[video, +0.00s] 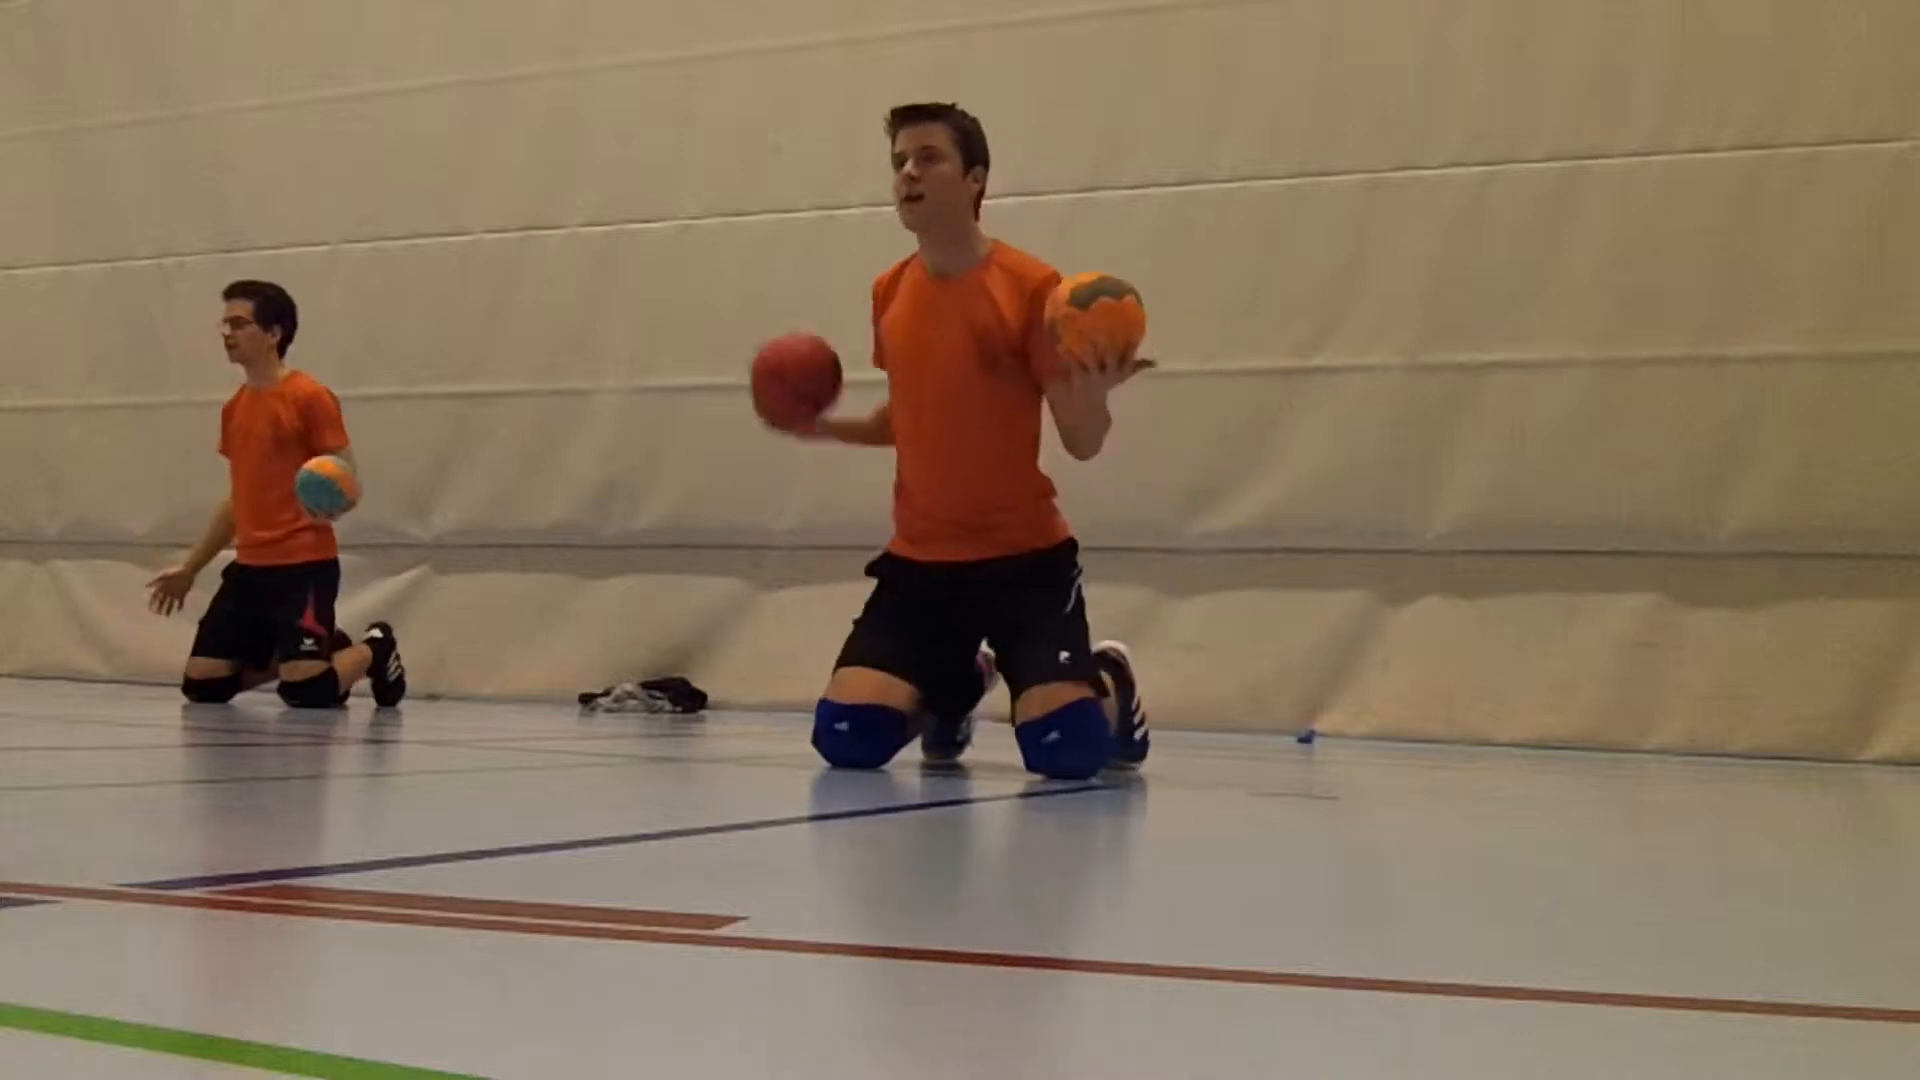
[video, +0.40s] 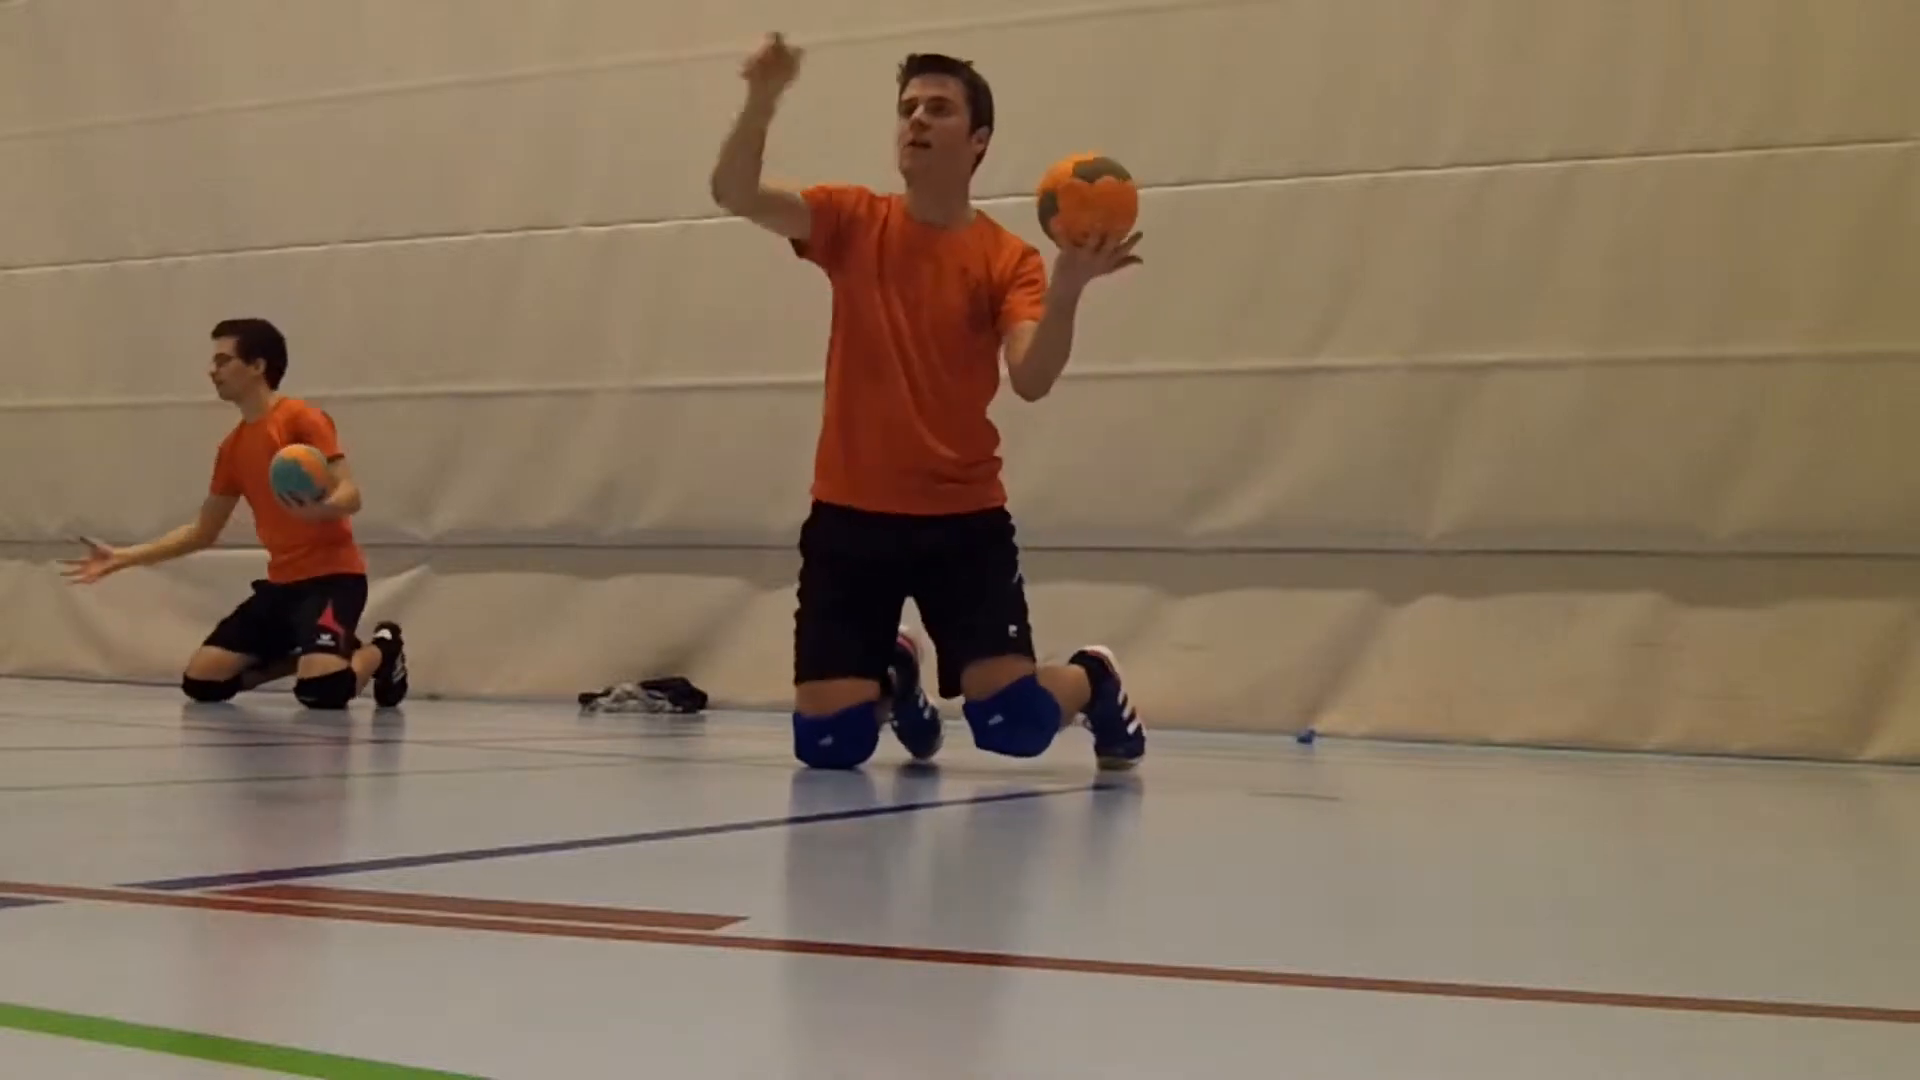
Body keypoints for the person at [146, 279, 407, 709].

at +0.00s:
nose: (227, 333)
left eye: (239, 323)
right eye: (225, 324)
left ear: (274, 334)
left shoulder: (309, 397)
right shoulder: (236, 408)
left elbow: (348, 482)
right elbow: (239, 501)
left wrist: (329, 501)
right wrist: (189, 569)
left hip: (306, 567)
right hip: (249, 570)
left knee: (305, 692)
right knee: (202, 687)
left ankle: (375, 649)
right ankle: (306, 655)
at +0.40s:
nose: (212, 371)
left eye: (223, 361)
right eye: (213, 362)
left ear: (258, 367)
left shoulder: (303, 419)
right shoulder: (234, 447)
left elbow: (349, 494)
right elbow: (202, 532)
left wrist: (322, 510)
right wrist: (122, 558)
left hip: (334, 577)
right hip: (282, 583)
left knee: (319, 691)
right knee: (202, 682)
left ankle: (384, 650)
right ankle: (317, 657)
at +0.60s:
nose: (156, 447)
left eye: (164, 436)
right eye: (157, 436)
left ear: (199, 437)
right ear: (189, 439)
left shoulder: (263, 469)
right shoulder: (191, 515)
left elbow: (321, 527)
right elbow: (129, 576)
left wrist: (286, 533)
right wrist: (53, 615)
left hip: (342, 588)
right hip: (292, 603)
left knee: (324, 686)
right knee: (201, 679)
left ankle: (412, 652)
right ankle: (312, 665)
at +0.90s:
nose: (106, 459)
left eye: (114, 447)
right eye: (104, 449)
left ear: (148, 442)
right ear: (140, 446)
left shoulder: (209, 463)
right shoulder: (178, 504)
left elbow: (270, 526)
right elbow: (243, 568)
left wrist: (202, 550)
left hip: (320, 567)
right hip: (276, 591)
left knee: (327, 654)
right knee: (200, 680)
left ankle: (445, 661)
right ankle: (317, 659)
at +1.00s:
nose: (110, 445)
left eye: (116, 432)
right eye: (107, 435)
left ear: (151, 428)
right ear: (140, 436)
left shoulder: (211, 456)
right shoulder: (181, 489)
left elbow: (254, 533)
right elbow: (244, 543)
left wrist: (178, 553)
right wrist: (222, 566)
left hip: (317, 561)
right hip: (276, 585)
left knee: (319, 641)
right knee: (200, 680)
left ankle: (436, 653)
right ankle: (315, 657)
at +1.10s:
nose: (120, 420)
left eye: (129, 409)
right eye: (117, 411)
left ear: (165, 410)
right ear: (153, 415)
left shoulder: (214, 448)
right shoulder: (185, 470)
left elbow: (246, 535)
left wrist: (167, 553)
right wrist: (212, 549)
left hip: (309, 561)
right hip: (264, 584)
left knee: (312, 650)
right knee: (199, 682)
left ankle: (428, 654)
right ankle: (312, 657)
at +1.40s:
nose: (185, 349)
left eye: (197, 340)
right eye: (185, 340)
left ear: (232, 350)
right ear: (192, 348)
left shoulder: (247, 404)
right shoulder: (228, 409)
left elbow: (261, 498)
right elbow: (232, 499)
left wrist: (182, 520)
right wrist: (181, 474)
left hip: (290, 561)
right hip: (247, 566)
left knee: (309, 683)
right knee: (194, 686)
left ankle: (423, 662)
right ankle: (308, 651)